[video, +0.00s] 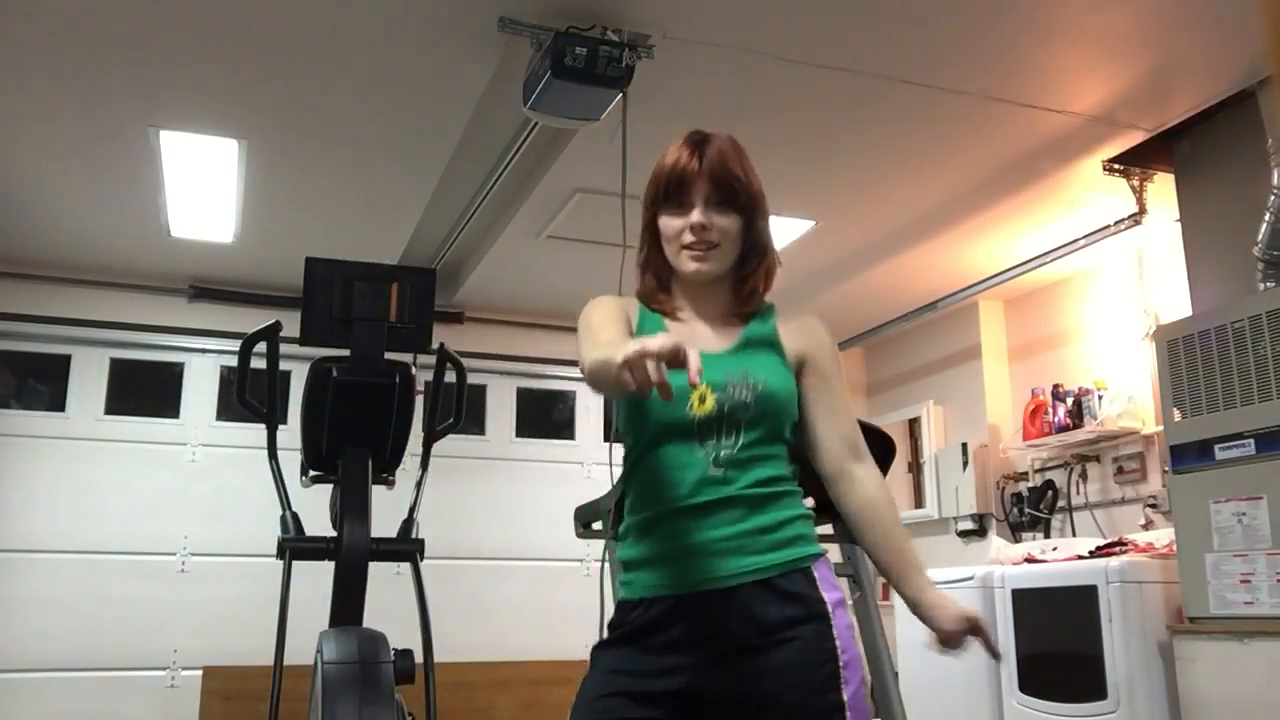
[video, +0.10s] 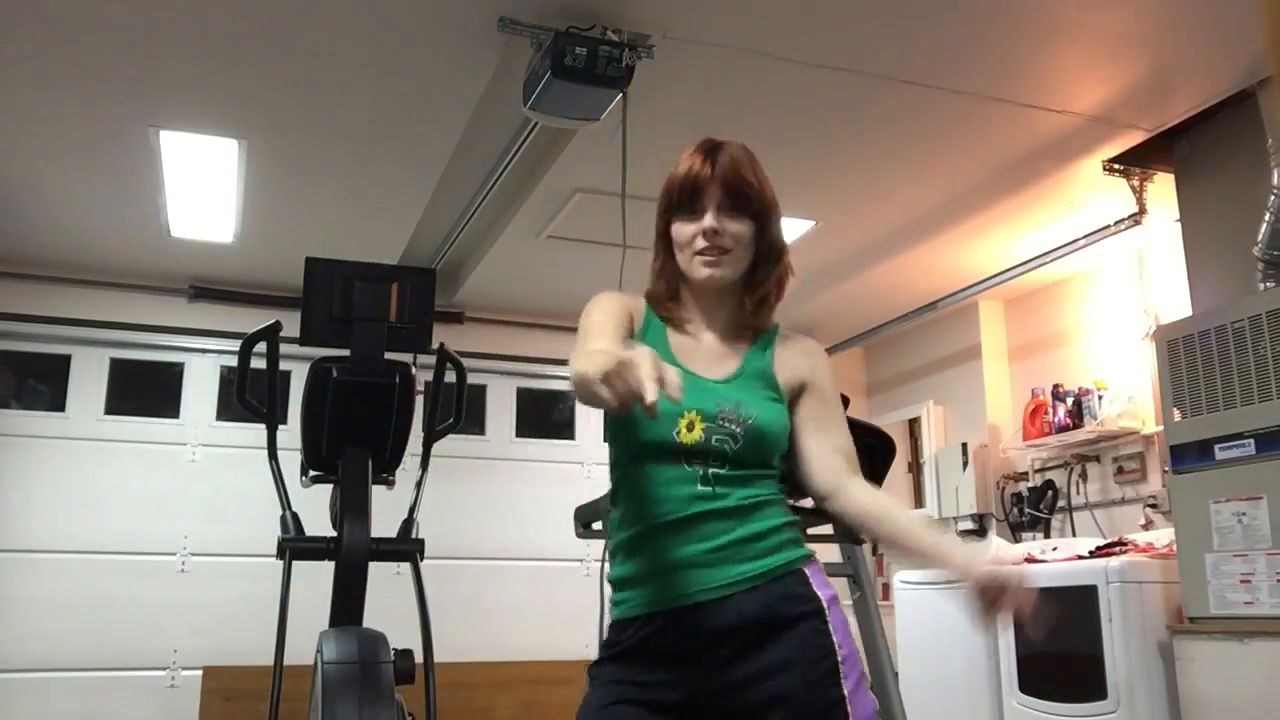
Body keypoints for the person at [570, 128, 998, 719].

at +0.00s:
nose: (697, 221)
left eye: (720, 204)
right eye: (676, 204)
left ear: (750, 221)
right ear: (654, 221)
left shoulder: (798, 334)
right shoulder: (615, 315)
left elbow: (849, 470)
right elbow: (600, 362)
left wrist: (928, 599)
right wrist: (629, 361)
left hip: (786, 614)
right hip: (655, 623)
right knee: (597, 711)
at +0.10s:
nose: (710, 229)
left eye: (732, 212)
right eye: (690, 212)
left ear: (762, 233)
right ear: (668, 229)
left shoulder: (796, 357)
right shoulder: (620, 313)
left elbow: (841, 484)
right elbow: (586, 368)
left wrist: (967, 561)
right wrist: (614, 372)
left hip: (777, 630)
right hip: (646, 641)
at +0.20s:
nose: (706, 194)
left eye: (729, 179)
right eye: (686, 177)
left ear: (757, 202)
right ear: (662, 194)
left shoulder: (782, 324)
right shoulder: (618, 280)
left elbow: (834, 432)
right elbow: (559, 382)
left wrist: (942, 433)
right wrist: (557, 322)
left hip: (756, 595)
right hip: (630, 598)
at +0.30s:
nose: (690, 171)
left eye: (712, 155)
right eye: (670, 152)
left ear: (738, 176)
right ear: (642, 168)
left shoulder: (762, 294)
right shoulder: (596, 251)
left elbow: (828, 383)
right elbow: (537, 366)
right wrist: (502, 260)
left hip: (728, 570)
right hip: (610, 563)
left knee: (770, 712)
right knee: (588, 714)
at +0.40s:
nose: (670, 183)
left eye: (690, 167)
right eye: (649, 165)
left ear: (714, 188)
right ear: (617, 182)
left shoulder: (730, 303)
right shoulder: (578, 265)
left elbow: (802, 376)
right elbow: (504, 374)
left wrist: (863, 257)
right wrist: (464, 240)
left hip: (688, 590)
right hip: (580, 581)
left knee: (742, 711)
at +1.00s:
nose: (633, 199)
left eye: (652, 186)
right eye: (612, 182)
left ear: (670, 209)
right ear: (574, 202)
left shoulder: (694, 316)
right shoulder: (522, 299)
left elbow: (798, 370)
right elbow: (409, 342)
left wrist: (865, 328)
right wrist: (407, 203)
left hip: (639, 623)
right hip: (514, 605)